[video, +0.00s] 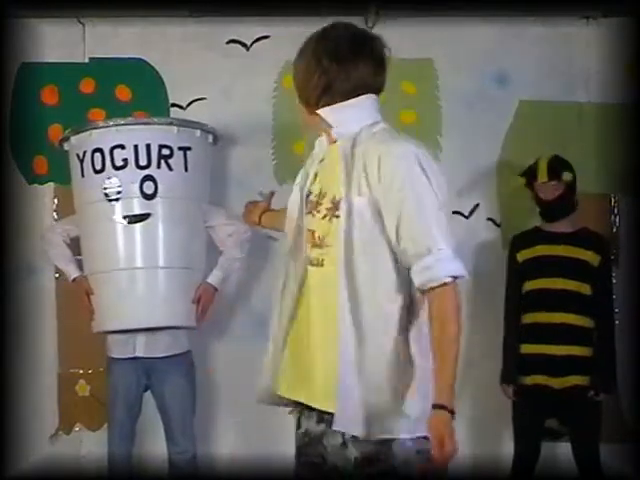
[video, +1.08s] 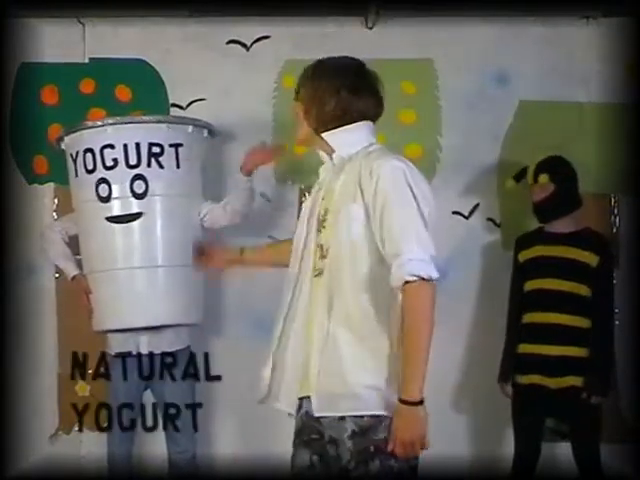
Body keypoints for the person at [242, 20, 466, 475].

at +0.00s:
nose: (297, 97)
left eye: (299, 84)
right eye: (298, 84)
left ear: (315, 86)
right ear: (369, 84)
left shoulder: (395, 157)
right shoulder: (323, 155)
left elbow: (443, 285)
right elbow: (308, 217)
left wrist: (442, 407)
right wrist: (262, 216)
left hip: (380, 417)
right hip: (316, 407)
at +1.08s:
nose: (297, 112)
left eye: (301, 101)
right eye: (298, 101)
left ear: (322, 105)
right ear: (354, 105)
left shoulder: (387, 172)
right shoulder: (327, 182)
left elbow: (418, 282)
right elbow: (309, 252)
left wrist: (411, 400)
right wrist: (233, 257)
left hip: (371, 411)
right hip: (315, 406)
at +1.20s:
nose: (292, 102)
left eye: (303, 89)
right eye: (291, 92)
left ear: (340, 95)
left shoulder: (387, 171)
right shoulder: (318, 185)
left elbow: (414, 280)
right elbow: (288, 270)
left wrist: (396, 396)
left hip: (380, 414)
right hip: (322, 410)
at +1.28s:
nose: (303, 102)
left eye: (316, 87)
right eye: (296, 93)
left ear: (351, 95)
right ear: (292, 107)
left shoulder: (397, 172)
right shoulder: (306, 191)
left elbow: (424, 284)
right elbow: (284, 291)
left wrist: (382, 383)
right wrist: (250, 368)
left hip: (391, 410)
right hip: (322, 412)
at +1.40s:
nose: (320, 106)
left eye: (332, 91)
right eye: (307, 96)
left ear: (359, 101)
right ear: (297, 111)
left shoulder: (411, 172)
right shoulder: (294, 196)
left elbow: (442, 276)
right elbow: (290, 305)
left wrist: (421, 364)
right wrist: (288, 391)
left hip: (403, 405)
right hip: (328, 410)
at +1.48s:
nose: (325, 105)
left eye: (338, 91)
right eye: (312, 94)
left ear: (363, 102)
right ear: (299, 107)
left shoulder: (414, 172)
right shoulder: (287, 197)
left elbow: (455, 274)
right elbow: (290, 303)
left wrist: (474, 368)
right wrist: (302, 390)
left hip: (413, 405)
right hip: (336, 409)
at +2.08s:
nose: (366, 108)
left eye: (379, 93)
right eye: (348, 97)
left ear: (397, 103)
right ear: (328, 112)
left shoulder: (442, 174)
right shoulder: (300, 206)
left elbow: (476, 262)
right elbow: (296, 331)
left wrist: (520, 346)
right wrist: (338, 431)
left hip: (429, 422)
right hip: (342, 426)